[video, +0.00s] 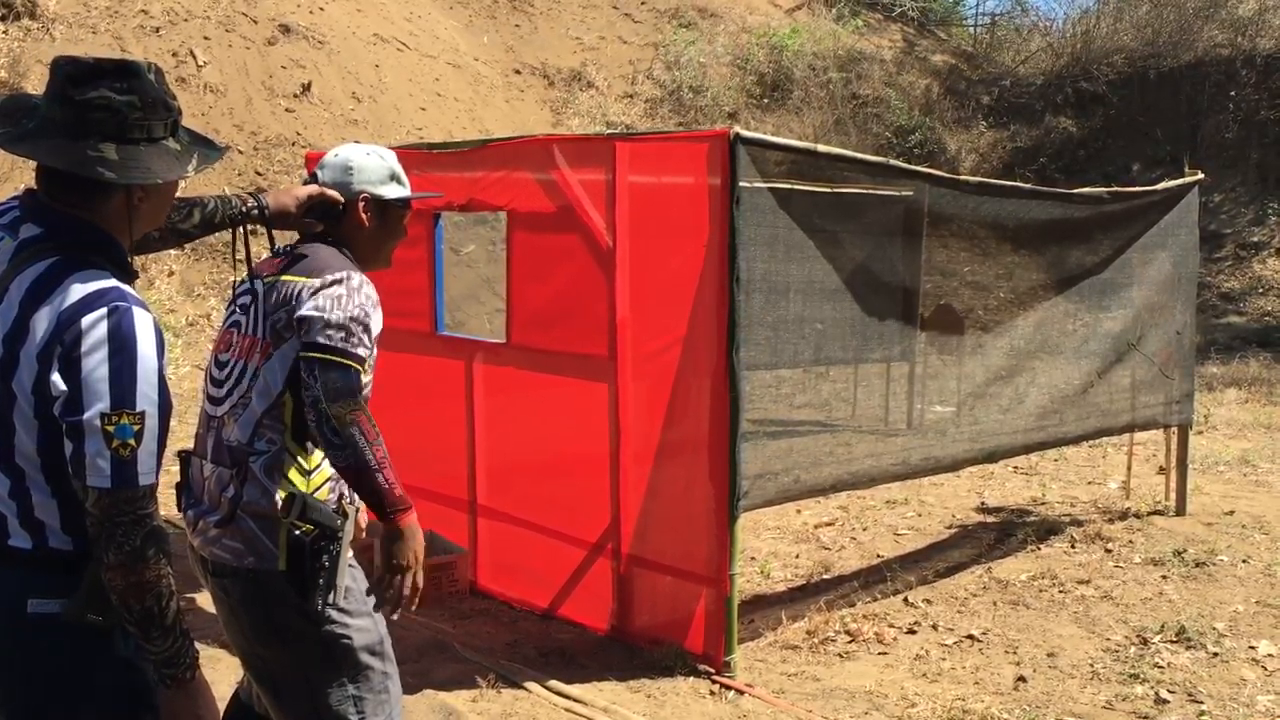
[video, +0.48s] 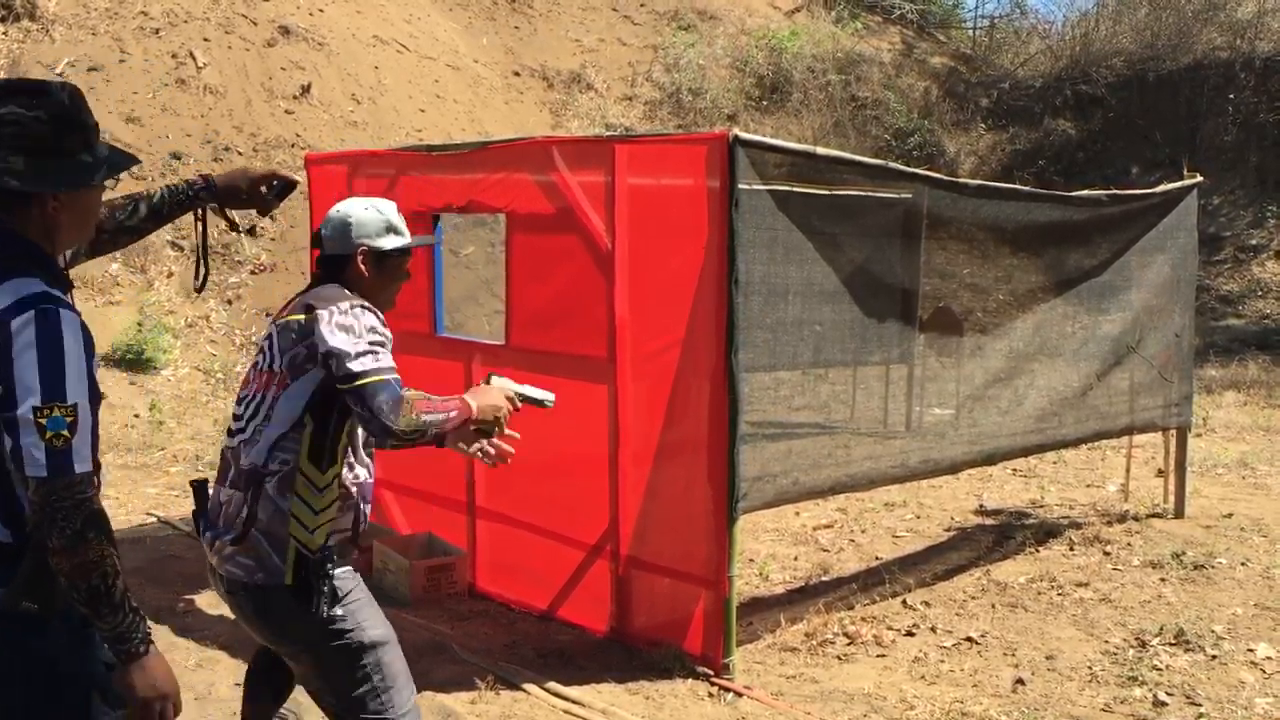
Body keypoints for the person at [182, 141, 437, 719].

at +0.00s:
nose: (405, 231)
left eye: (407, 217)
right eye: (401, 216)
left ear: (334, 210)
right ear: (362, 213)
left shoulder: (269, 272)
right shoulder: (342, 286)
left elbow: (266, 415)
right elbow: (336, 411)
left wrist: (337, 503)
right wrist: (401, 515)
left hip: (225, 528)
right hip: (281, 540)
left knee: (276, 687)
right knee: (367, 701)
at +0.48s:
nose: (410, 271)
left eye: (408, 257)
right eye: (401, 257)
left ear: (352, 261)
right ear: (363, 263)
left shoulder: (302, 310)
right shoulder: (350, 318)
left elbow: (350, 413)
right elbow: (390, 419)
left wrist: (451, 432)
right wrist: (472, 404)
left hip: (237, 549)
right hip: (297, 564)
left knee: (288, 643)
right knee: (390, 708)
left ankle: (257, 711)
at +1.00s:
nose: (381, 317)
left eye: (381, 308)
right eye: (373, 307)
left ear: (339, 302)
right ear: (337, 303)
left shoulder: (334, 329)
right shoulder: (307, 344)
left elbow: (417, 346)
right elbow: (404, 374)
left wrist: (498, 351)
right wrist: (491, 365)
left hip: (271, 490)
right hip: (245, 506)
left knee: (290, 556)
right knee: (338, 588)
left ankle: (268, 642)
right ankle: (270, 703)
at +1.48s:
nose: (382, 334)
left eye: (383, 324)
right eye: (374, 324)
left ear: (359, 323)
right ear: (340, 322)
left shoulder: (338, 347)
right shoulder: (309, 354)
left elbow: (410, 360)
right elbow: (398, 379)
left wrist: (489, 363)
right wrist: (482, 376)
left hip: (276, 486)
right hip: (235, 492)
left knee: (307, 558)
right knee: (321, 571)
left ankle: (264, 651)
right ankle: (271, 700)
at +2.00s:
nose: (390, 335)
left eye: (390, 326)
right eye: (382, 326)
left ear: (350, 324)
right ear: (348, 326)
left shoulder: (332, 345)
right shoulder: (325, 363)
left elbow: (415, 359)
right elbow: (413, 384)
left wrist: (497, 359)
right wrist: (496, 369)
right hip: (232, 506)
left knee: (303, 550)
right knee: (330, 579)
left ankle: (262, 645)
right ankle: (268, 701)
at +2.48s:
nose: (399, 341)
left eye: (399, 331)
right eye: (391, 332)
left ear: (358, 331)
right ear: (358, 333)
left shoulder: (331, 348)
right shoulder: (334, 371)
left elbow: (423, 358)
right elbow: (424, 385)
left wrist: (504, 355)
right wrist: (506, 364)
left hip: (217, 499)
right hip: (235, 519)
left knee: (293, 543)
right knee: (336, 582)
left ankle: (258, 645)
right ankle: (268, 703)